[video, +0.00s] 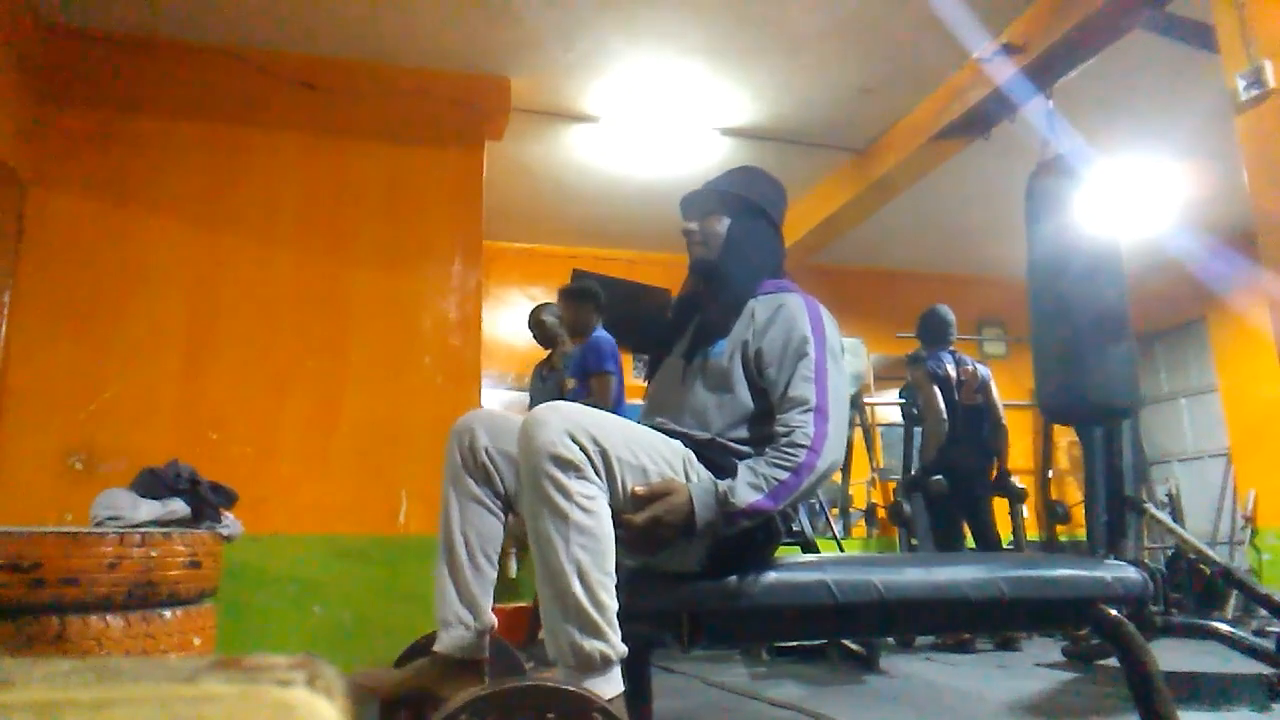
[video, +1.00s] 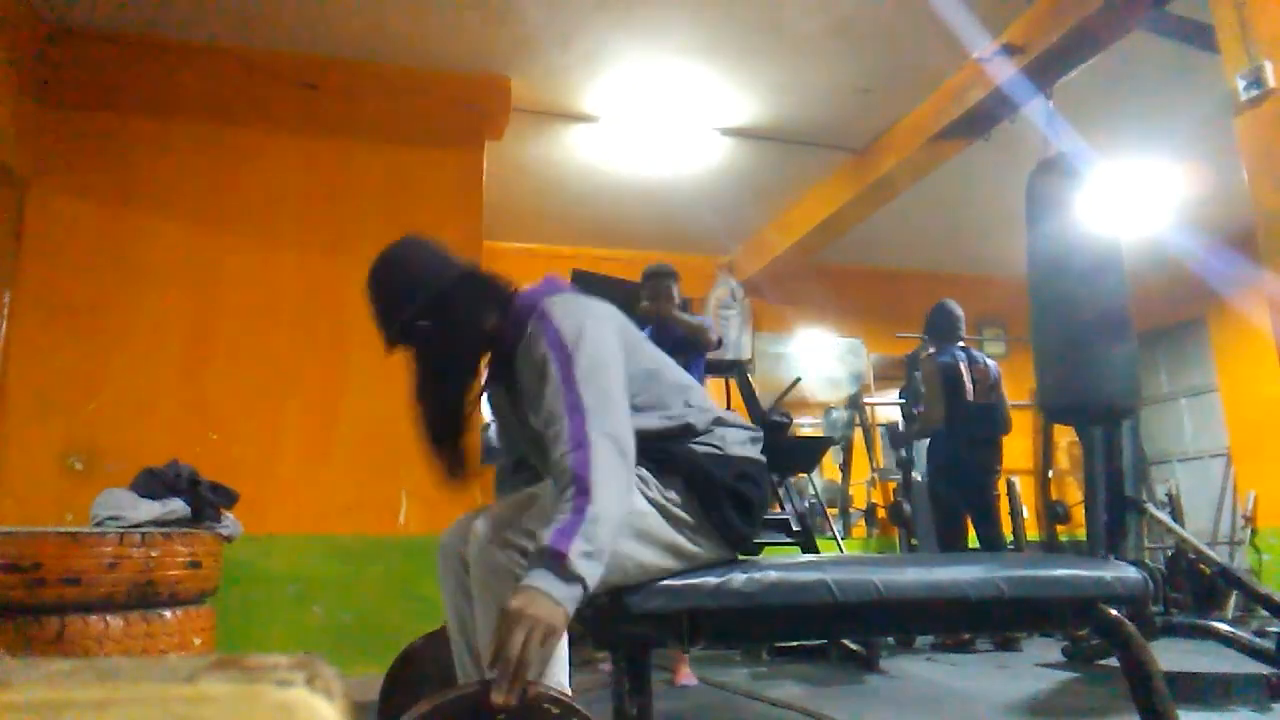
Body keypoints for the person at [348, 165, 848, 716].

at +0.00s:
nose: (692, 233)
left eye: (708, 221)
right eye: (691, 223)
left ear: (749, 229)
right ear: (693, 231)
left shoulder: (790, 313)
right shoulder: (696, 316)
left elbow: (810, 443)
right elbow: (667, 425)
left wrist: (709, 500)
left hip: (728, 502)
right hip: (664, 483)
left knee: (555, 431)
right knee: (479, 437)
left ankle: (591, 685)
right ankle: (460, 649)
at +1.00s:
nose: (425, 351)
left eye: (418, 334)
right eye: (413, 340)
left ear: (441, 314)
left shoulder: (564, 322)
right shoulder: (509, 368)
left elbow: (599, 457)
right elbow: (521, 482)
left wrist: (555, 583)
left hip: (704, 490)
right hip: (641, 488)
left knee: (503, 543)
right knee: (461, 543)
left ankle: (541, 707)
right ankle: (489, 702)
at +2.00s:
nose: (448, 375)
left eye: (443, 354)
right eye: (434, 364)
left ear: (473, 324)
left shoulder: (573, 335)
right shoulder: (521, 389)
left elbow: (660, 453)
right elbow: (530, 522)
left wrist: (603, 595)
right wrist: (468, 602)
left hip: (729, 497)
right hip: (668, 503)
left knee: (502, 542)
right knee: (477, 542)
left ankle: (528, 710)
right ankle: (504, 707)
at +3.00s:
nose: (424, 406)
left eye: (419, 385)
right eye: (411, 393)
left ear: (448, 355)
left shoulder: (554, 349)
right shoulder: (499, 417)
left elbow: (660, 445)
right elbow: (526, 527)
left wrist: (587, 588)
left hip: (724, 499)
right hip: (658, 502)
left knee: (499, 542)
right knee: (468, 544)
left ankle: (544, 712)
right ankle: (499, 710)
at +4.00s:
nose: (389, 432)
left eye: (386, 412)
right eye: (379, 420)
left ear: (415, 383)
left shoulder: (522, 384)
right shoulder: (463, 424)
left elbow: (550, 533)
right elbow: (446, 549)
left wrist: (516, 685)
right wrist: (472, 686)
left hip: (706, 495)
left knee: (490, 547)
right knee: (464, 546)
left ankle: (523, 703)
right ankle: (485, 701)